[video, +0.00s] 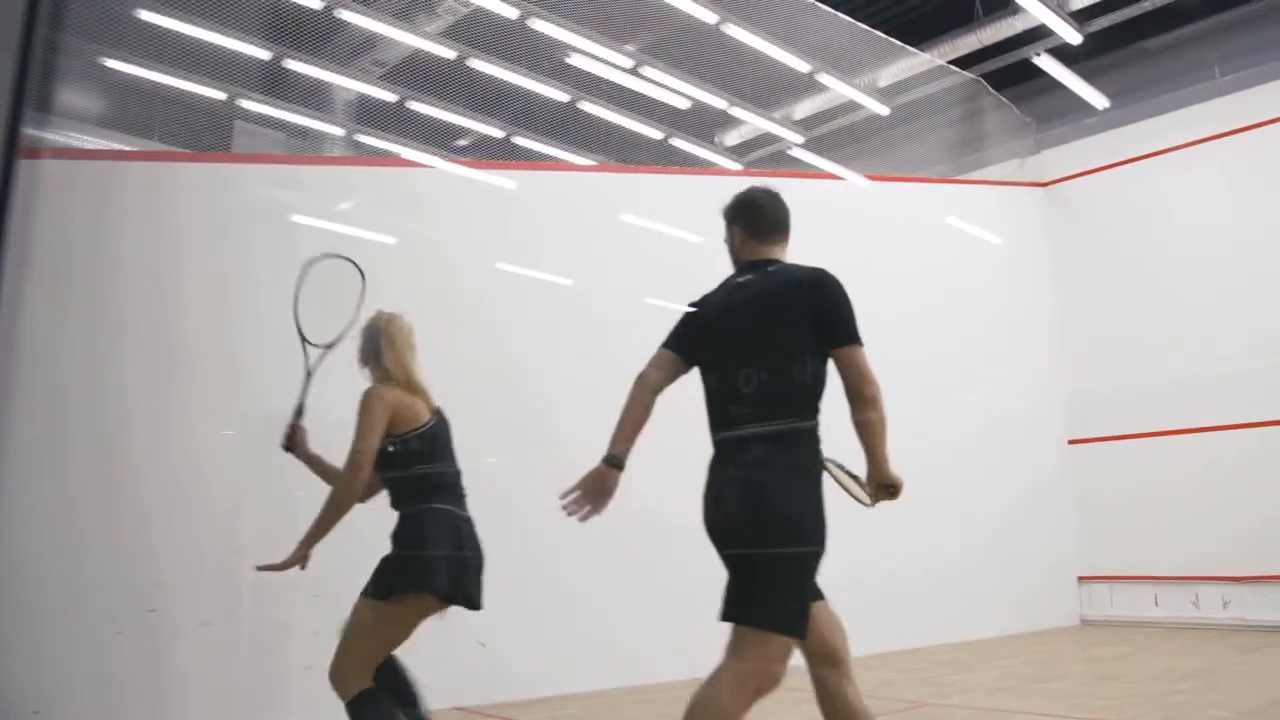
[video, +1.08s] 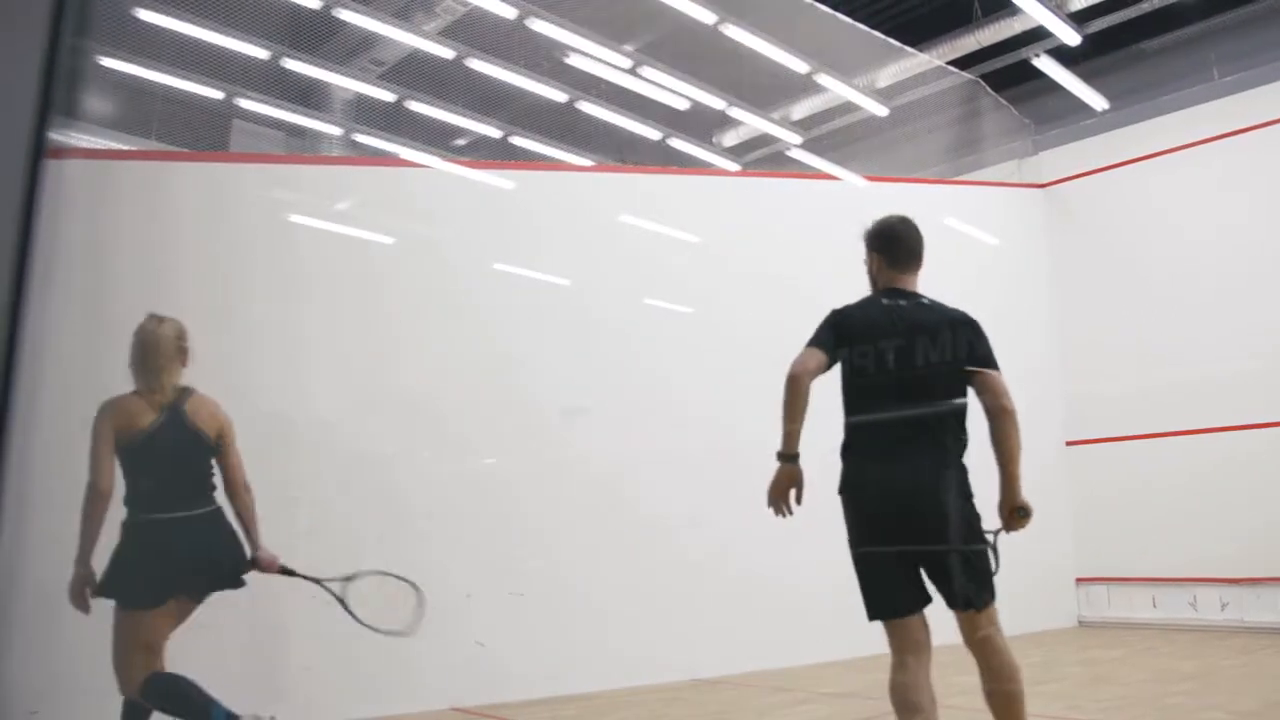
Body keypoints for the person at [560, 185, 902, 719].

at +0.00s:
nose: (728, 243)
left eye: (727, 236)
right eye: (730, 236)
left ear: (733, 238)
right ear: (788, 237)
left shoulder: (709, 309)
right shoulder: (817, 288)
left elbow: (649, 380)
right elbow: (864, 391)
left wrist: (612, 463)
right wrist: (880, 469)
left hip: (728, 498)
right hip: (788, 494)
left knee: (828, 643)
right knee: (755, 667)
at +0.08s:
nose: (740, 247)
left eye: (739, 240)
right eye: (743, 240)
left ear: (746, 243)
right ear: (800, 241)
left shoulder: (725, 314)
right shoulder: (833, 290)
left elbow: (667, 387)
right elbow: (879, 390)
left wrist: (632, 470)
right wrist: (893, 468)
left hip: (748, 498)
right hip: (809, 495)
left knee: (846, 644)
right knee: (796, 672)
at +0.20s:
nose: (759, 253)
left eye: (759, 244)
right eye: (760, 244)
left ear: (768, 245)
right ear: (817, 243)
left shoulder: (748, 317)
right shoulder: (858, 294)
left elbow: (692, 394)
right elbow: (904, 391)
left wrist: (668, 480)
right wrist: (915, 469)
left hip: (773, 494)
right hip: (839, 490)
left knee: (860, 653)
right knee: (868, 669)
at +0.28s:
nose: (772, 255)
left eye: (772, 246)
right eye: (772, 247)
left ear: (781, 244)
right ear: (830, 243)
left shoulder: (759, 315)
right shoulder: (872, 294)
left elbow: (707, 393)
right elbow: (919, 391)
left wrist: (693, 483)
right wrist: (928, 470)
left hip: (786, 495)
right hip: (855, 488)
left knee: (870, 657)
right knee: (905, 665)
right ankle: (826, 713)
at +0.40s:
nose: (787, 254)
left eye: (788, 243)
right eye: (786, 244)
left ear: (804, 239)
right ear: (846, 242)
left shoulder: (775, 311)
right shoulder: (889, 295)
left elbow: (726, 388)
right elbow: (940, 388)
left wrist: (726, 476)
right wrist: (950, 470)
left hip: (804, 490)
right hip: (874, 483)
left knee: (874, 645)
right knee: (934, 644)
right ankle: (891, 710)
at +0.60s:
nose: (811, 252)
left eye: (813, 239)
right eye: (811, 240)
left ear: (831, 236)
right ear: (869, 240)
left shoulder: (800, 304)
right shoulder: (916, 296)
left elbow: (753, 373)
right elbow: (964, 383)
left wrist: (761, 458)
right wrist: (978, 469)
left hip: (831, 489)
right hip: (904, 481)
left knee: (883, 638)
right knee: (955, 627)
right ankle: (968, 713)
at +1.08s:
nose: (868, 267)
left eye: (868, 261)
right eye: (871, 261)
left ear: (871, 263)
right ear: (921, 262)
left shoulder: (846, 323)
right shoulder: (958, 325)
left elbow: (799, 373)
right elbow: (1001, 407)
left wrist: (788, 458)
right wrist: (1011, 491)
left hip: (871, 507)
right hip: (942, 504)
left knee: (908, 648)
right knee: (985, 635)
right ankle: (1013, 717)